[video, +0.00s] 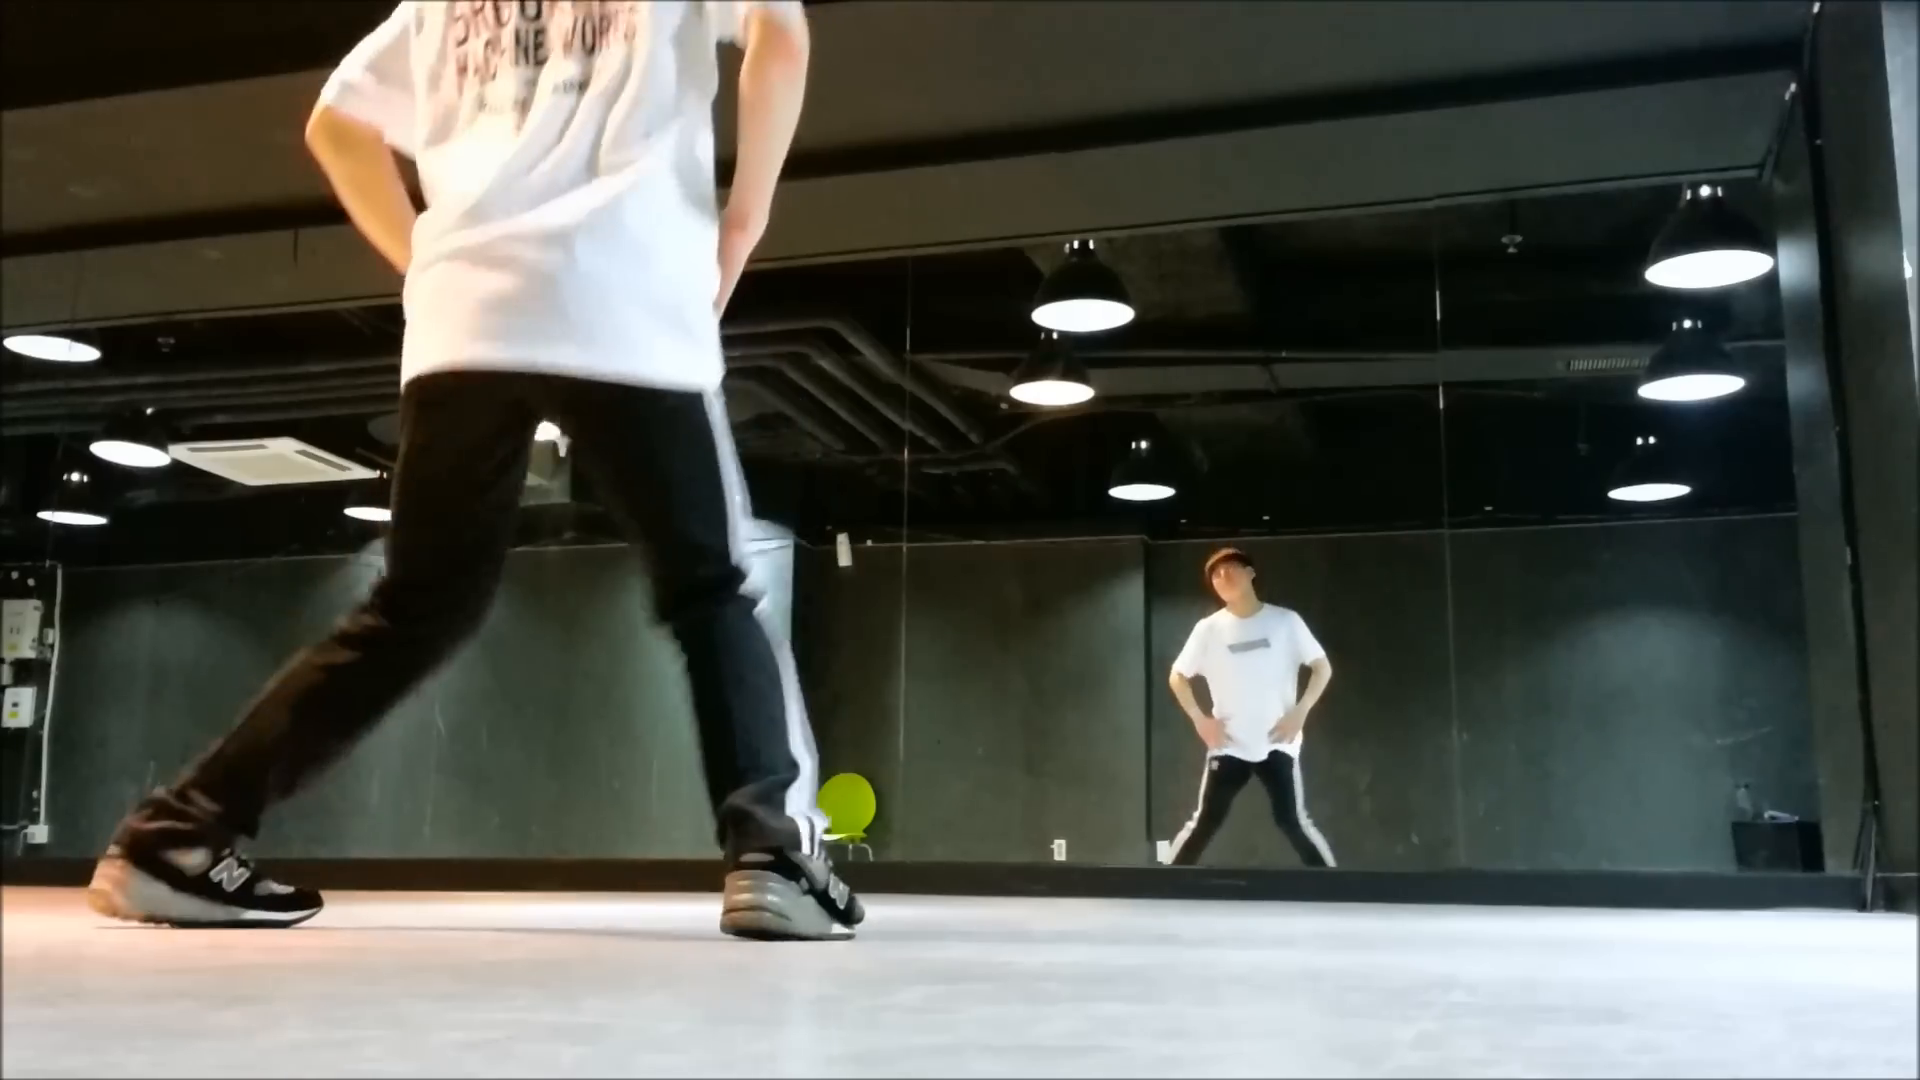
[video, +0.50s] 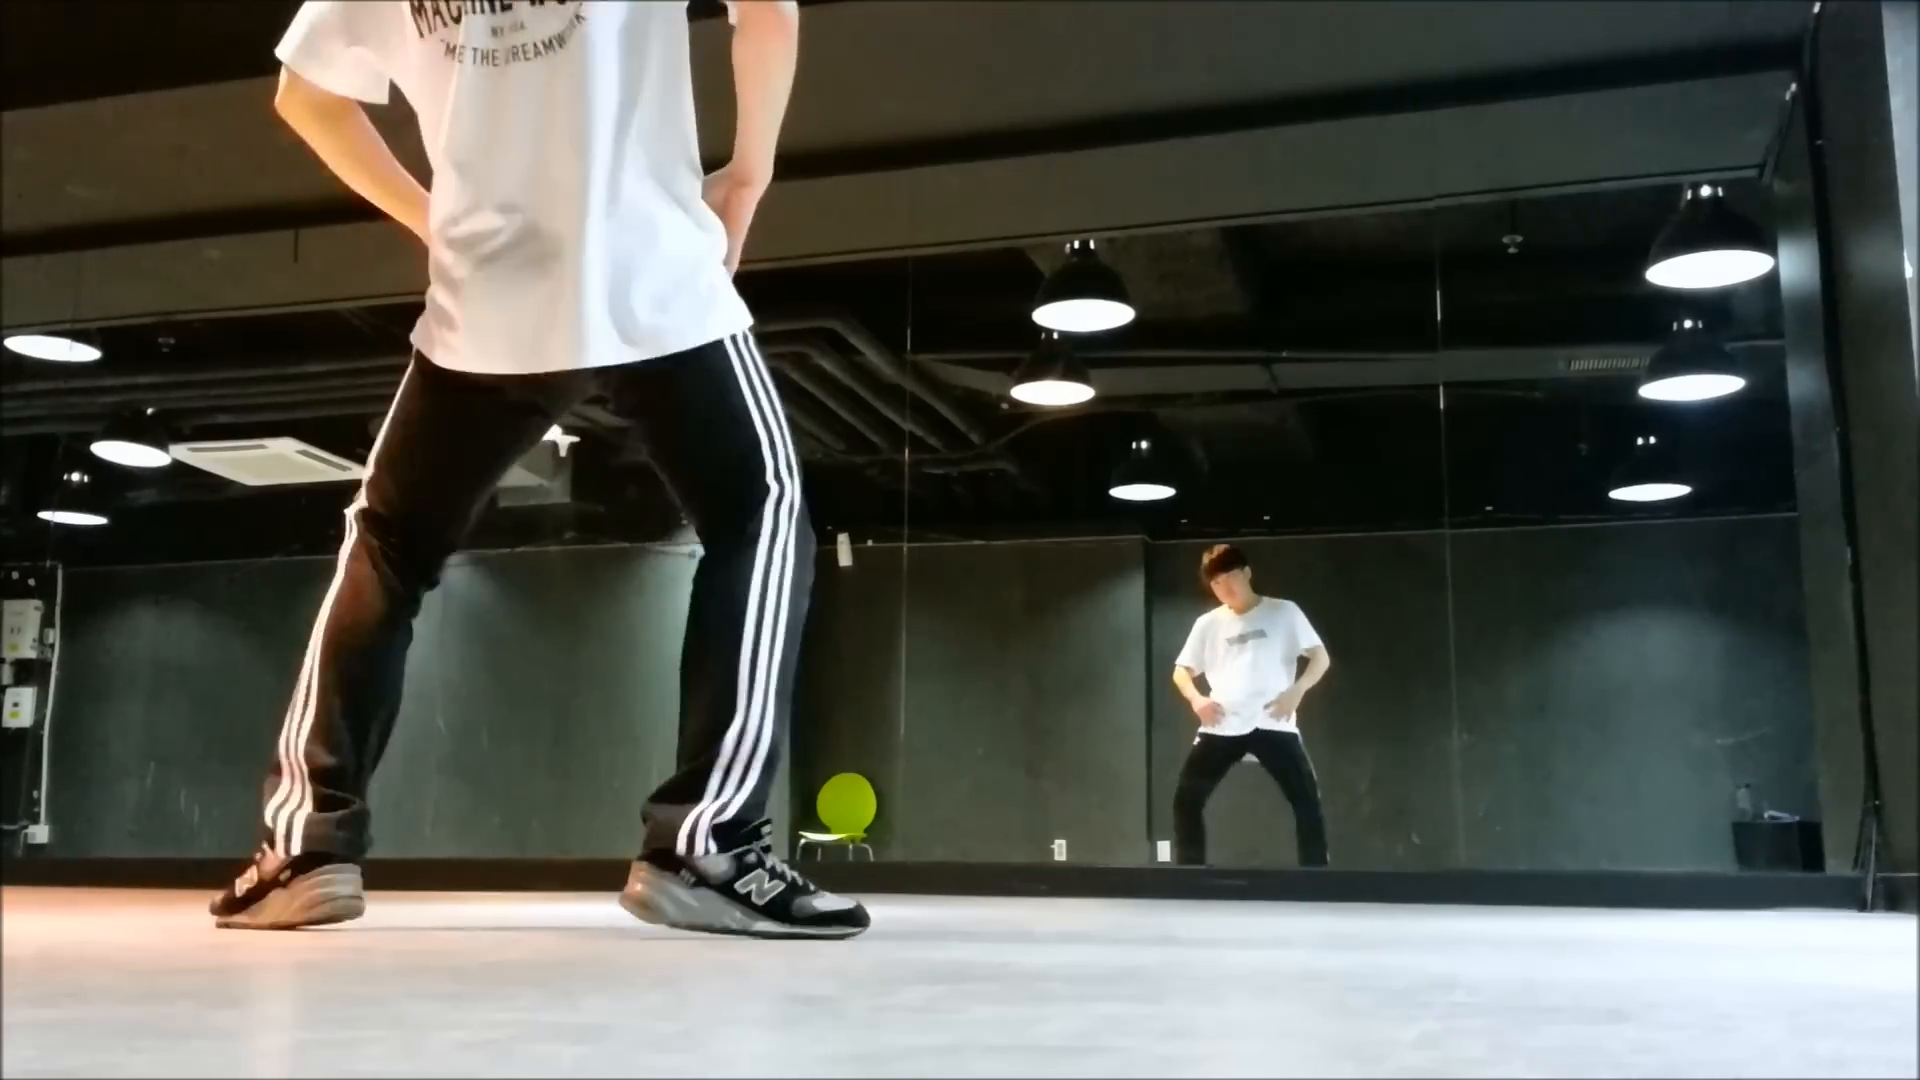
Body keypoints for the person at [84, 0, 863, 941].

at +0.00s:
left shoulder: (441, 9)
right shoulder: (689, 2)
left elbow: (338, 123)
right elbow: (779, 35)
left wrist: (430, 262)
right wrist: (745, 223)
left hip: (463, 297)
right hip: (633, 296)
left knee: (422, 604)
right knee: (709, 591)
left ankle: (175, 837)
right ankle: (773, 857)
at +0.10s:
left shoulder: (441, 6)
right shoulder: (699, 1)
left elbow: (332, 152)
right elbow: (778, 77)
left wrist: (427, 288)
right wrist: (734, 265)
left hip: (455, 329)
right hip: (618, 331)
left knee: (441, 635)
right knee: (674, 627)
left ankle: (182, 841)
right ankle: (767, 853)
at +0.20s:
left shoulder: (416, 9)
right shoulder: (682, 3)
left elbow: (319, 159)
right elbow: (774, 102)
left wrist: (429, 287)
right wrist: (730, 275)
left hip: (463, 341)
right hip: (624, 338)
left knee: (447, 640)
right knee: (681, 628)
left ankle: (186, 845)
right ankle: (757, 851)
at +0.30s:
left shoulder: (402, 8)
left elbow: (309, 137)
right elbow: (774, 80)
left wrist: (425, 263)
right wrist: (734, 252)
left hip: (479, 308)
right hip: (639, 301)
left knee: (445, 603)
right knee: (714, 595)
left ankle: (215, 840)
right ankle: (728, 840)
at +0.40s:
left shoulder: (387, 0)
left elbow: (306, 109)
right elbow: (773, 34)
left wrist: (429, 238)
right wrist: (744, 191)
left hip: (485, 288)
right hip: (649, 279)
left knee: (411, 566)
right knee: (756, 550)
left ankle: (279, 833)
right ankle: (714, 841)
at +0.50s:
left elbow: (306, 92)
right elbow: (766, 11)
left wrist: (431, 216)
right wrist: (746, 174)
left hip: (485, 280)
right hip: (654, 267)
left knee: (386, 549)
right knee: (761, 515)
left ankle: (307, 840)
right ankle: (706, 843)